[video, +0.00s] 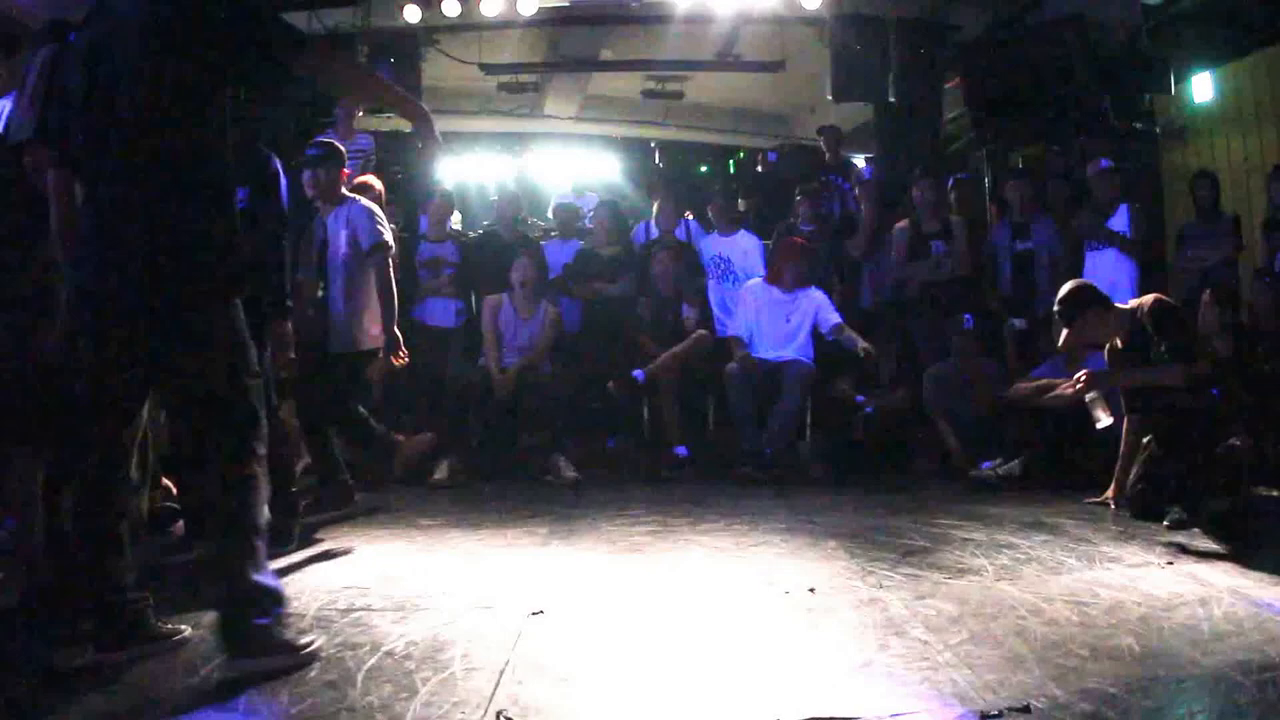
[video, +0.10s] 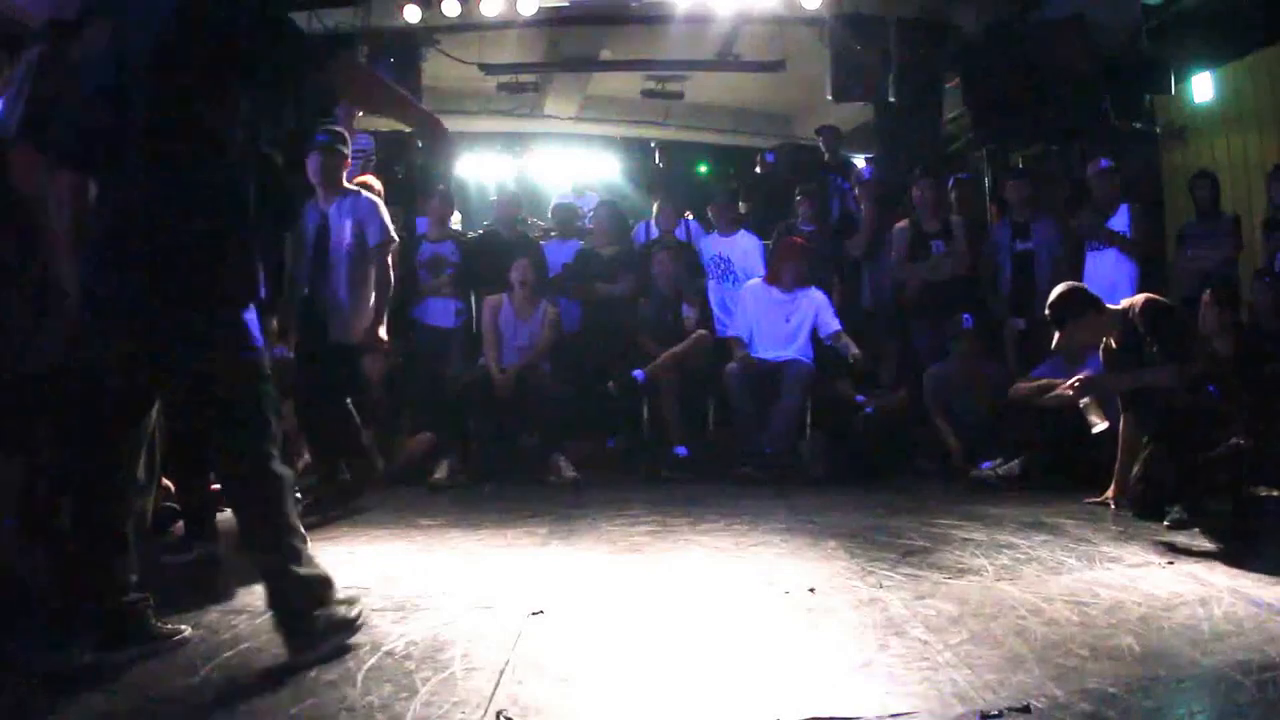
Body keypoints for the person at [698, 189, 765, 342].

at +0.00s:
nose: (712, 211)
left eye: (717, 206)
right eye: (710, 207)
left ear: (730, 209)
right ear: (708, 212)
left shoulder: (751, 242)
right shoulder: (705, 244)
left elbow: (759, 284)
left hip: (749, 323)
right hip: (720, 324)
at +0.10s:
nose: (715, 215)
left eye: (721, 209)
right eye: (713, 210)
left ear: (733, 211)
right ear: (710, 212)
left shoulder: (751, 243)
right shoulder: (705, 244)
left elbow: (760, 284)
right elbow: (708, 281)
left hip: (748, 324)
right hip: (719, 324)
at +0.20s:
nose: (715, 212)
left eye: (720, 207)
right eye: (712, 208)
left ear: (733, 210)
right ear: (708, 212)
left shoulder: (751, 243)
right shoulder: (705, 244)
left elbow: (760, 285)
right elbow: (706, 282)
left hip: (748, 324)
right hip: (719, 325)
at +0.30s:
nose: (714, 212)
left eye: (719, 207)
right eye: (712, 207)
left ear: (731, 209)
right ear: (708, 212)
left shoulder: (750, 242)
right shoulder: (706, 244)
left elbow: (759, 285)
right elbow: (706, 282)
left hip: (747, 324)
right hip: (719, 325)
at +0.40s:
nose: (717, 215)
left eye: (722, 210)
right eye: (714, 211)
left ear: (733, 211)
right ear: (710, 213)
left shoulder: (750, 242)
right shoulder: (706, 244)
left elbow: (760, 283)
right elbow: (709, 280)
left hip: (748, 324)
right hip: (720, 324)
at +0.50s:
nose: (718, 215)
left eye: (723, 209)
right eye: (715, 209)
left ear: (733, 211)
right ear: (710, 214)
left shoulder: (751, 243)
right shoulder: (704, 246)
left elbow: (760, 283)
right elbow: (702, 282)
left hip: (748, 322)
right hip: (719, 323)